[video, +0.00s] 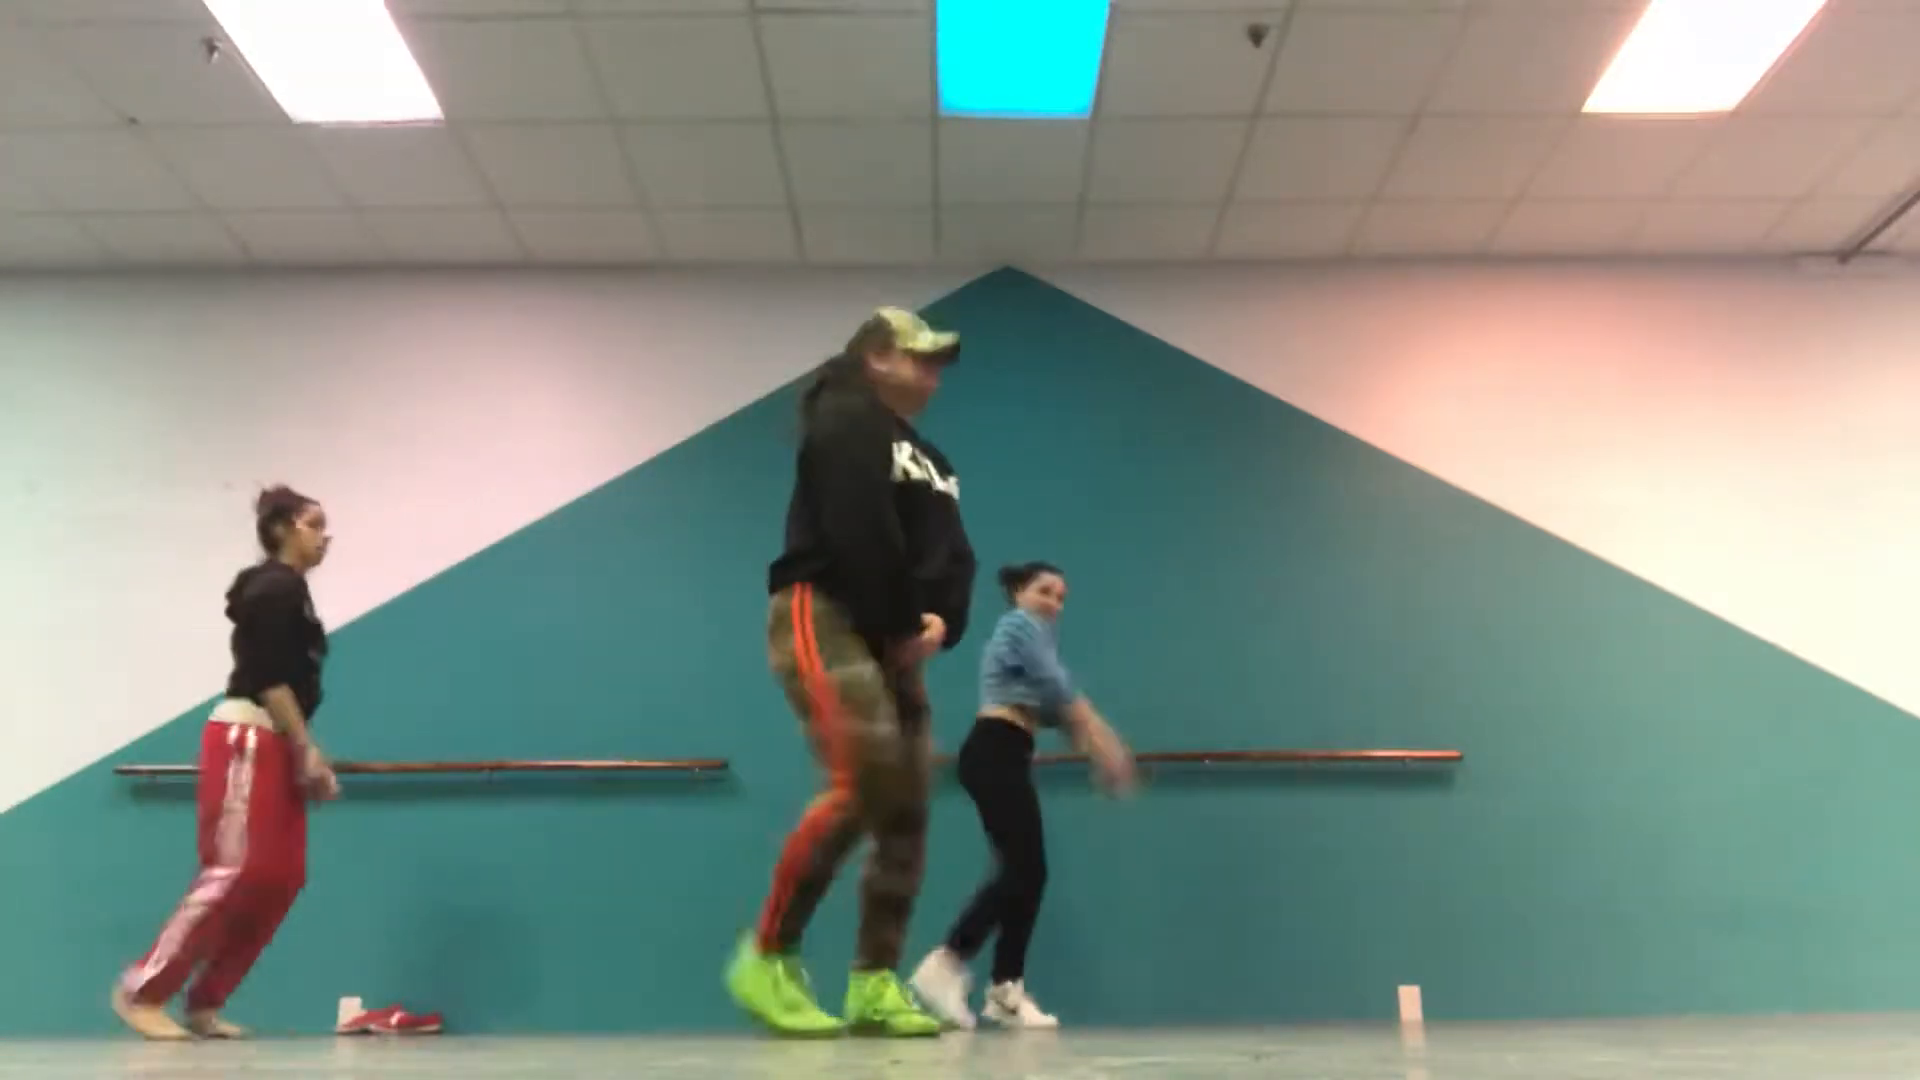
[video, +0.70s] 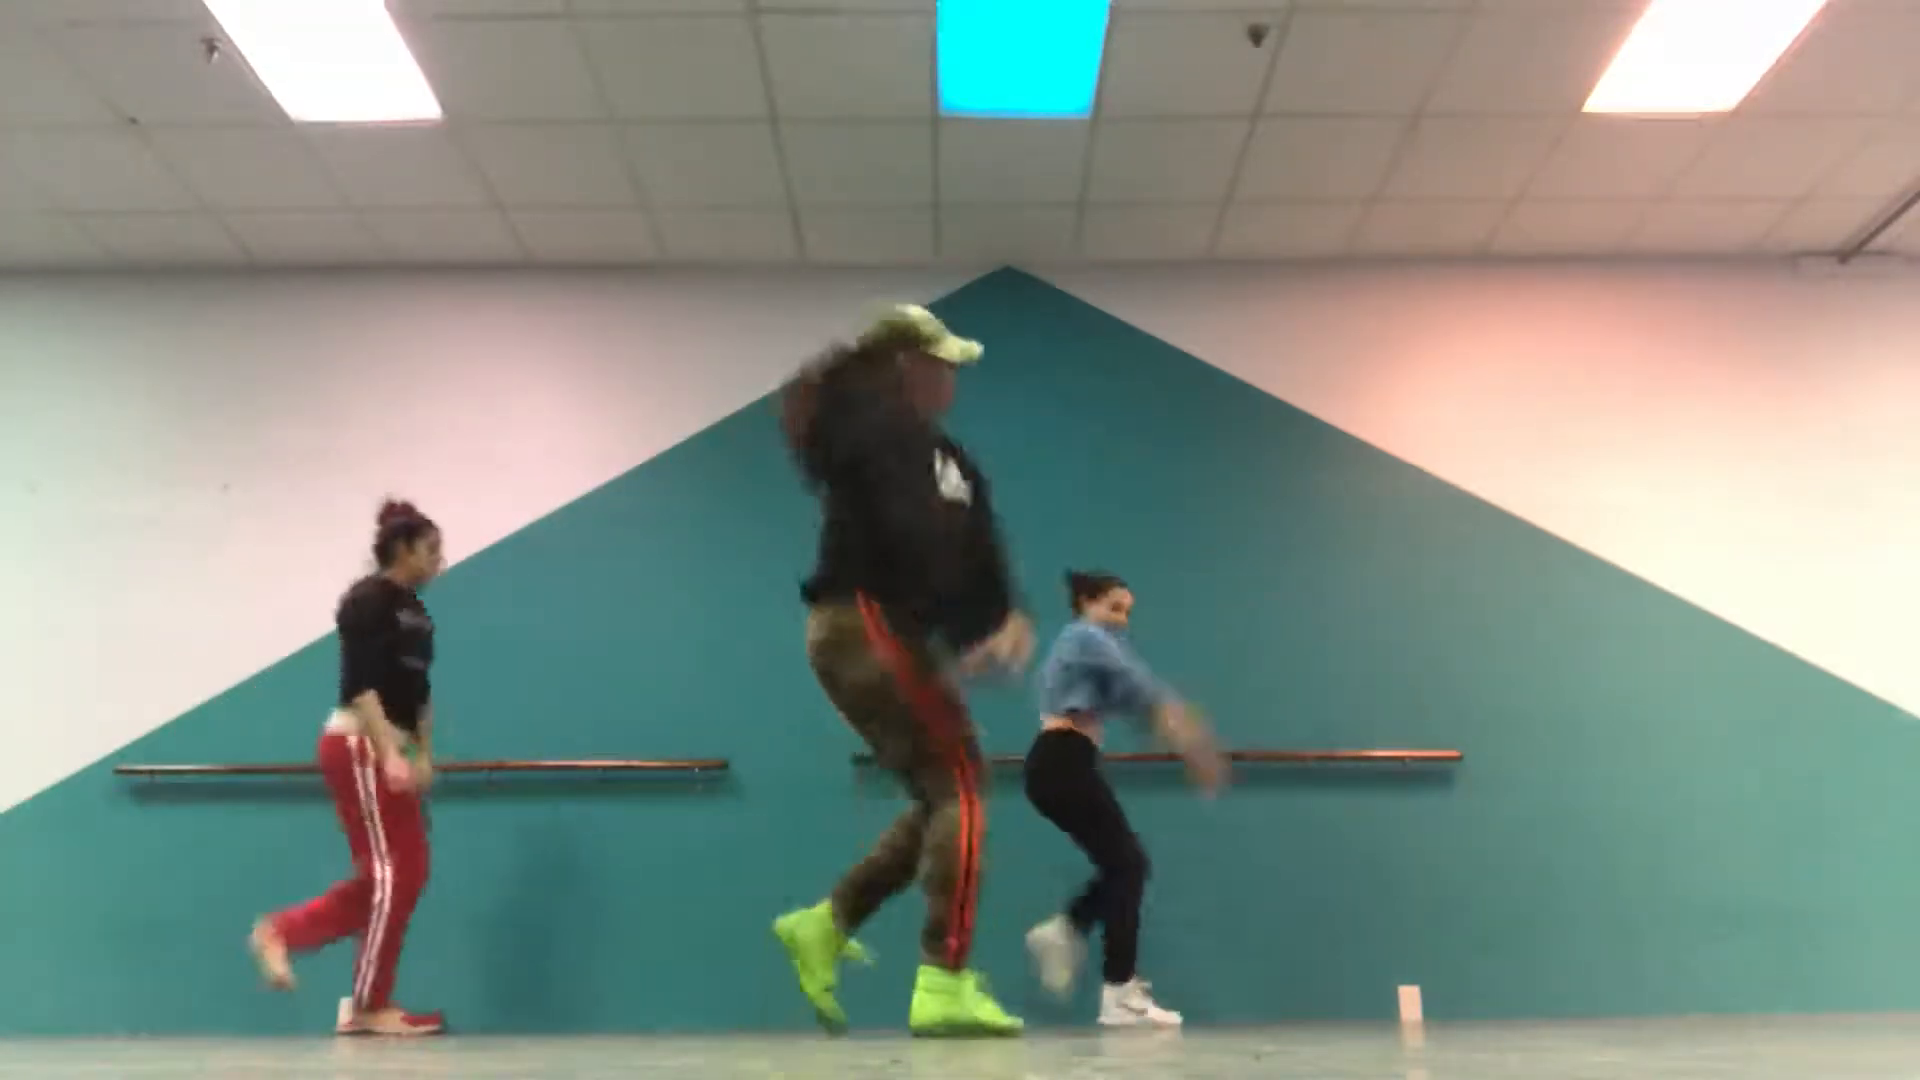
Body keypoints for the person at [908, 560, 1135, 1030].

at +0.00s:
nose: (1053, 603)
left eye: (1059, 597)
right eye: (1044, 592)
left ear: (1059, 604)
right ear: (1018, 593)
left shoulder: (1034, 634)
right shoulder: (1019, 626)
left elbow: (1062, 701)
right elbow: (1060, 690)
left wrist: (1096, 739)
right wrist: (1105, 744)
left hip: (1010, 749)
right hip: (993, 747)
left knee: (1027, 871)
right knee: (1020, 869)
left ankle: (1005, 987)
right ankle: (945, 964)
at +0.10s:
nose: (1065, 624)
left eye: (1071, 618)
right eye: (1059, 612)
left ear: (1070, 621)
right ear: (1034, 605)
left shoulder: (1040, 654)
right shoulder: (1021, 638)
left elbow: (1040, 721)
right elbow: (1033, 709)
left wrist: (1059, 770)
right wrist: (1060, 769)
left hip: (1013, 754)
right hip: (1009, 751)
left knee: (1031, 867)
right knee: (1073, 854)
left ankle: (1002, 988)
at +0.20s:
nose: (1065, 625)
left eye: (1071, 620)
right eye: (1060, 613)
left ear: (1068, 622)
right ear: (1036, 607)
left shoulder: (1022, 643)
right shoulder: (1023, 635)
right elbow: (1040, 689)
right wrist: (1073, 727)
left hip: (1016, 761)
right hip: (1017, 758)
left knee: (1037, 881)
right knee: (1108, 837)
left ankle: (1003, 988)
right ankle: (1013, 835)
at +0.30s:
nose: (1075, 589)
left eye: (1079, 582)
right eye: (1066, 579)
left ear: (1075, 590)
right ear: (1037, 582)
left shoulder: (1041, 630)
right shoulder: (1031, 614)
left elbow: (1077, 679)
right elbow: (1079, 653)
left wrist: (1128, 683)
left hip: (1005, 746)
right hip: (1022, 736)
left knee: (1025, 866)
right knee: (1113, 804)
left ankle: (1005, 986)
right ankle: (1045, 875)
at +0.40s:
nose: (1080, 582)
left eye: (1083, 575)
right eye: (1070, 573)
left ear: (1083, 582)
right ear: (1043, 581)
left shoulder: (1050, 620)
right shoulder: (1049, 613)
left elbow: (1117, 639)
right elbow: (1116, 625)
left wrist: (1163, 614)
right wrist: (1169, 604)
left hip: (1003, 742)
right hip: (1025, 738)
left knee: (1027, 857)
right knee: (1088, 828)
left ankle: (1006, 979)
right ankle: (1128, 940)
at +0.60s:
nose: (1104, 605)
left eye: (1106, 597)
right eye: (1094, 597)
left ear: (1071, 602)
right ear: (1069, 596)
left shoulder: (1067, 633)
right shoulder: (1073, 626)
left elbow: (1136, 648)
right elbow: (1139, 636)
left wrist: (1195, 646)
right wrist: (1205, 635)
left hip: (1030, 758)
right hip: (1052, 755)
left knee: (1060, 881)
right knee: (1117, 854)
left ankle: (1002, 975)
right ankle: (1136, 974)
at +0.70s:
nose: (1123, 619)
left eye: (1126, 611)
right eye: (1115, 609)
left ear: (1088, 609)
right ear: (1086, 604)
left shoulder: (1076, 642)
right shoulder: (1088, 638)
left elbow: (1138, 691)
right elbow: (1138, 682)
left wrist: (1180, 722)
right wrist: (1178, 719)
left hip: (1051, 762)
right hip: (1065, 761)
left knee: (1123, 866)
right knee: (1127, 866)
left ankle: (1063, 932)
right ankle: (1121, 991)